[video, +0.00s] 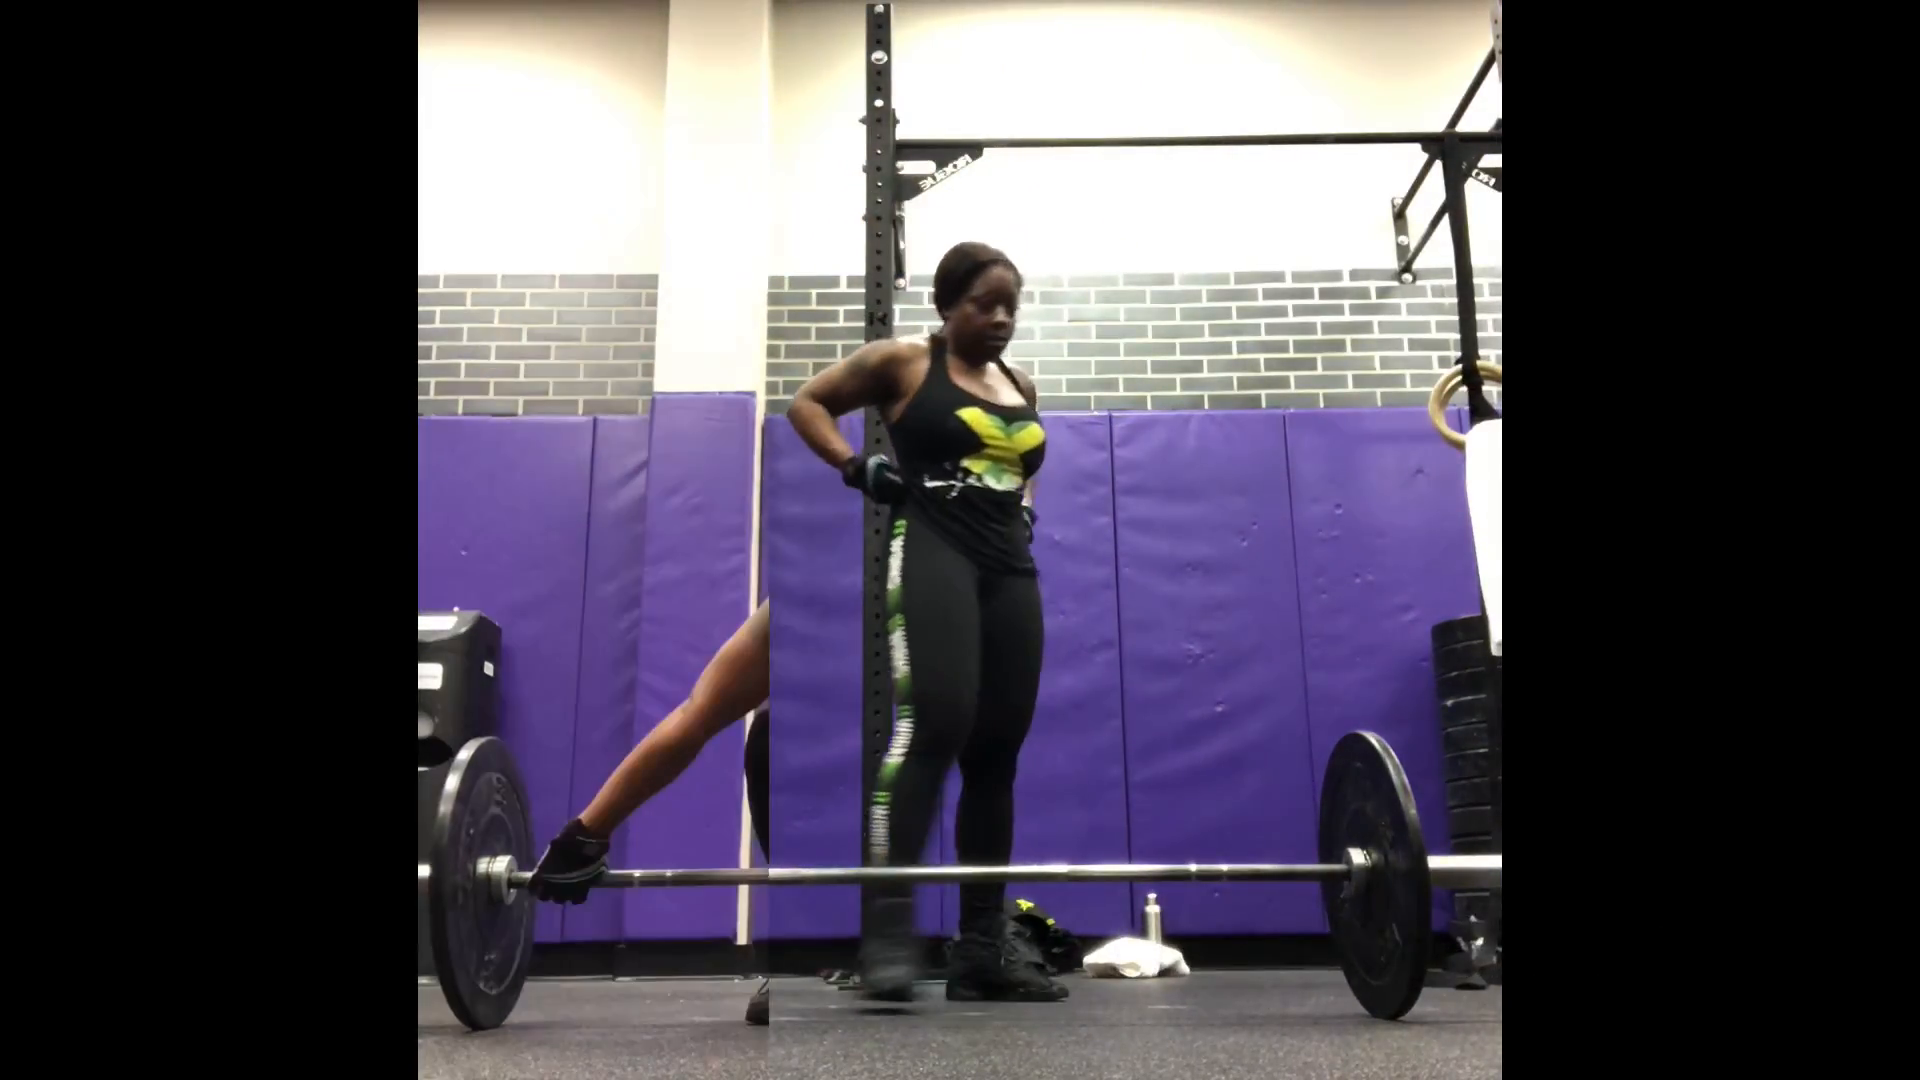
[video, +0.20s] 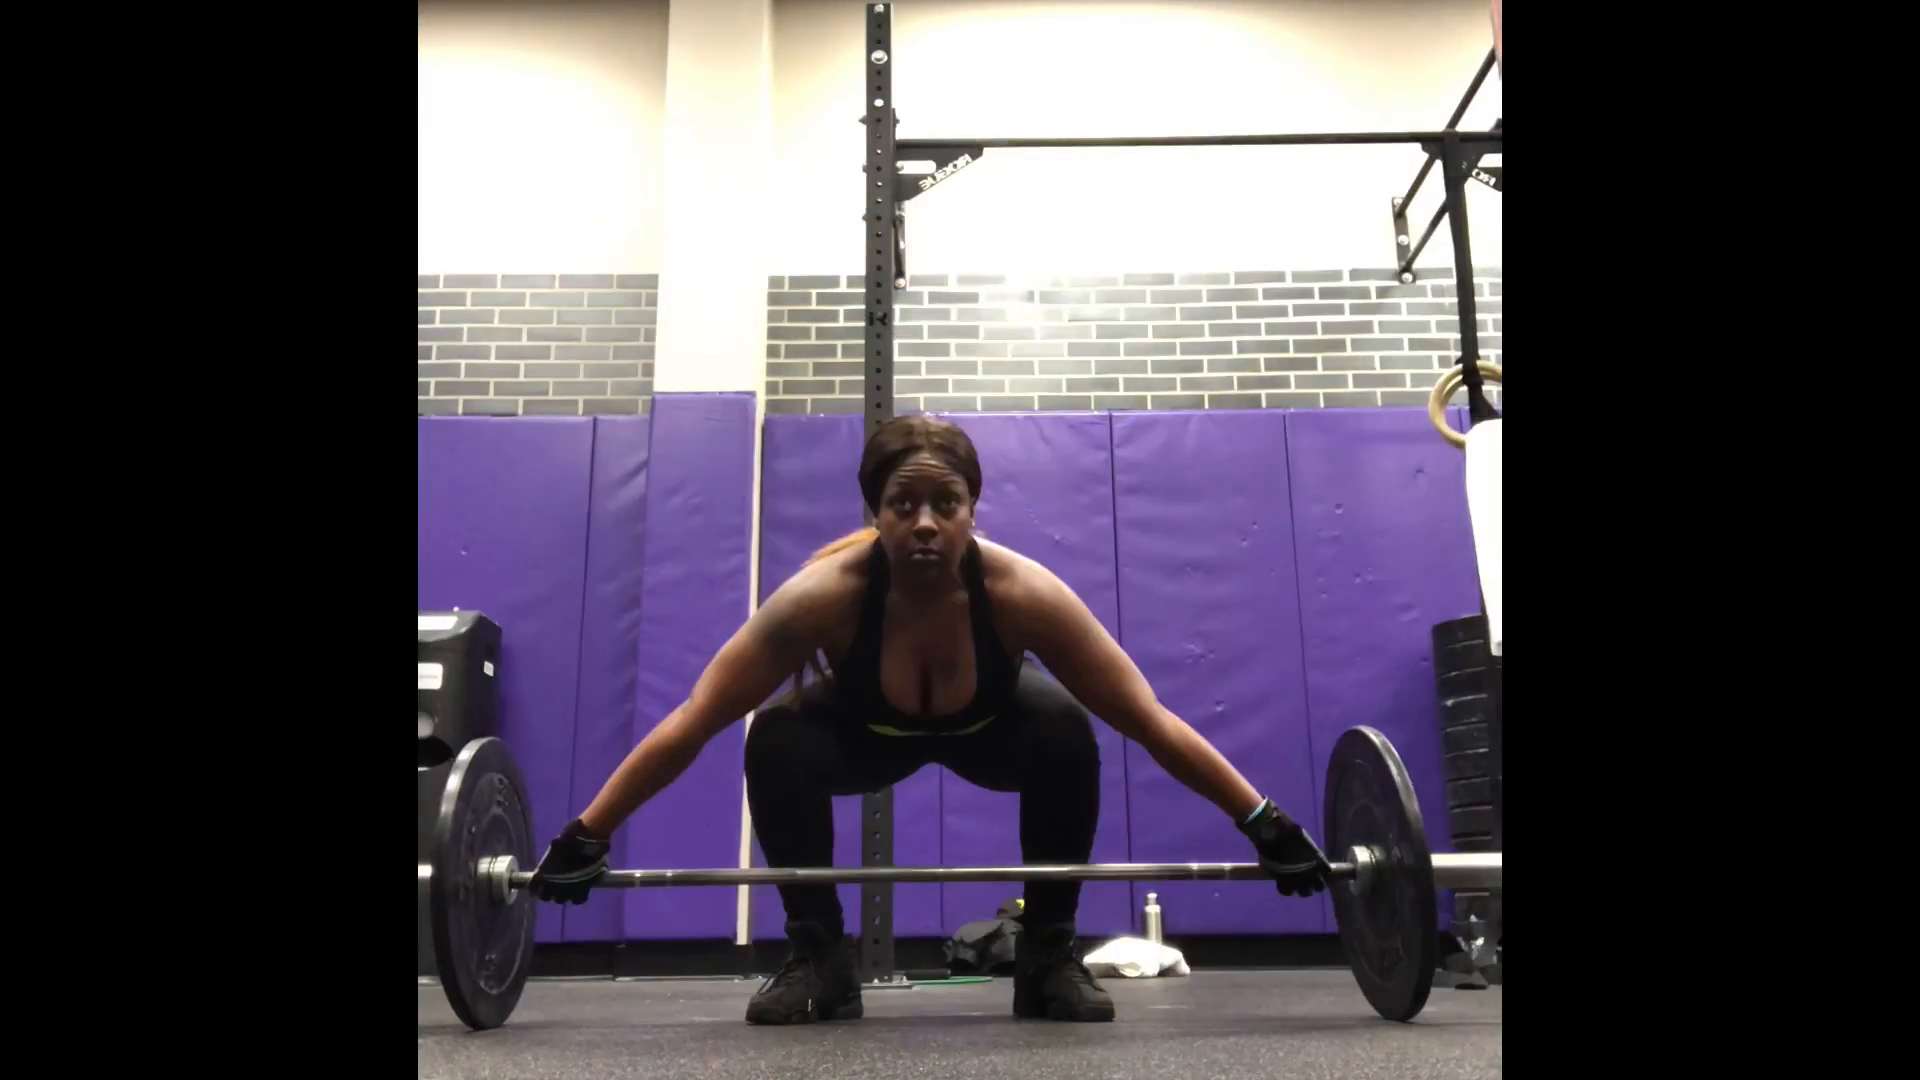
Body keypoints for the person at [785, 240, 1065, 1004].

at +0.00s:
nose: (1002, 318)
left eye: (1011, 306)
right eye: (987, 304)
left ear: (1017, 311)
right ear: (947, 305)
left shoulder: (1015, 379)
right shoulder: (901, 363)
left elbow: (1023, 453)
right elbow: (805, 404)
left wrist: (1020, 495)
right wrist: (850, 462)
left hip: (1009, 561)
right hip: (928, 549)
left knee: (994, 754)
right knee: (930, 728)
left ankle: (982, 948)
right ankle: (886, 941)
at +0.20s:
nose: (926, 521)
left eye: (944, 503)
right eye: (907, 504)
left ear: (971, 509)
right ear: (877, 513)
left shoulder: (1024, 592)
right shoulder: (824, 592)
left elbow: (1150, 723)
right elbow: (698, 720)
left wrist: (1263, 821)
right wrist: (584, 834)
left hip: (986, 730)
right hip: (867, 733)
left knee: (1065, 738)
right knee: (778, 746)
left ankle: (1050, 961)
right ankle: (819, 962)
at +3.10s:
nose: (939, 307)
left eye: (956, 295)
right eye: (921, 295)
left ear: (982, 314)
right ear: (896, 316)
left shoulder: (1019, 392)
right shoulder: (855, 389)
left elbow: (1135, 318)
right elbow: (742, 310)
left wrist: (1222, 239)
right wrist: (656, 230)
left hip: (1005, 636)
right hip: (884, 641)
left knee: (1144, 742)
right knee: (728, 745)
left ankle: (1184, 960)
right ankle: (705, 959)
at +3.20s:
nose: (938, 319)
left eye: (955, 306)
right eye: (920, 308)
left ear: (982, 326)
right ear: (896, 329)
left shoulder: (1022, 405)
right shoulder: (857, 404)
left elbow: (1145, 340)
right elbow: (740, 334)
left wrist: (1235, 266)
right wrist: (650, 259)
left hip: (1006, 646)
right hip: (885, 651)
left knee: (1146, 743)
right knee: (724, 747)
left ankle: (1185, 960)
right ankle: (703, 959)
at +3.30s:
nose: (939, 343)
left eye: (956, 328)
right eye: (922, 329)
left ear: (984, 344)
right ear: (897, 346)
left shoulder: (1024, 423)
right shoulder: (858, 420)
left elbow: (1151, 356)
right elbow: (739, 354)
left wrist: (1241, 281)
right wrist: (649, 276)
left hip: (1003, 665)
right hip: (882, 669)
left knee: (1153, 748)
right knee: (717, 746)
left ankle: (1184, 962)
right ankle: (703, 961)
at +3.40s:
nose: (938, 359)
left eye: (957, 345)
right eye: (922, 346)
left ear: (985, 363)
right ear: (899, 364)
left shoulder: (1027, 440)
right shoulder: (859, 437)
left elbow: (1157, 371)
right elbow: (735, 374)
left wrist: (1250, 295)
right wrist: (643, 295)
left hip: (1002, 682)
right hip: (881, 685)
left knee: (1151, 751)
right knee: (717, 746)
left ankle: (1184, 966)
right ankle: (702, 964)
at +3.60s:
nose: (939, 391)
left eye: (956, 374)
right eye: (921, 376)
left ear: (983, 385)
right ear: (895, 388)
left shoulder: (1027, 463)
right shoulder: (855, 462)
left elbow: (1160, 394)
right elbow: (730, 397)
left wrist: (1250, 321)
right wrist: (643, 316)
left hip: (1004, 701)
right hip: (882, 705)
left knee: (1149, 756)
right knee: (725, 754)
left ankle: (1184, 964)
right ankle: (704, 964)